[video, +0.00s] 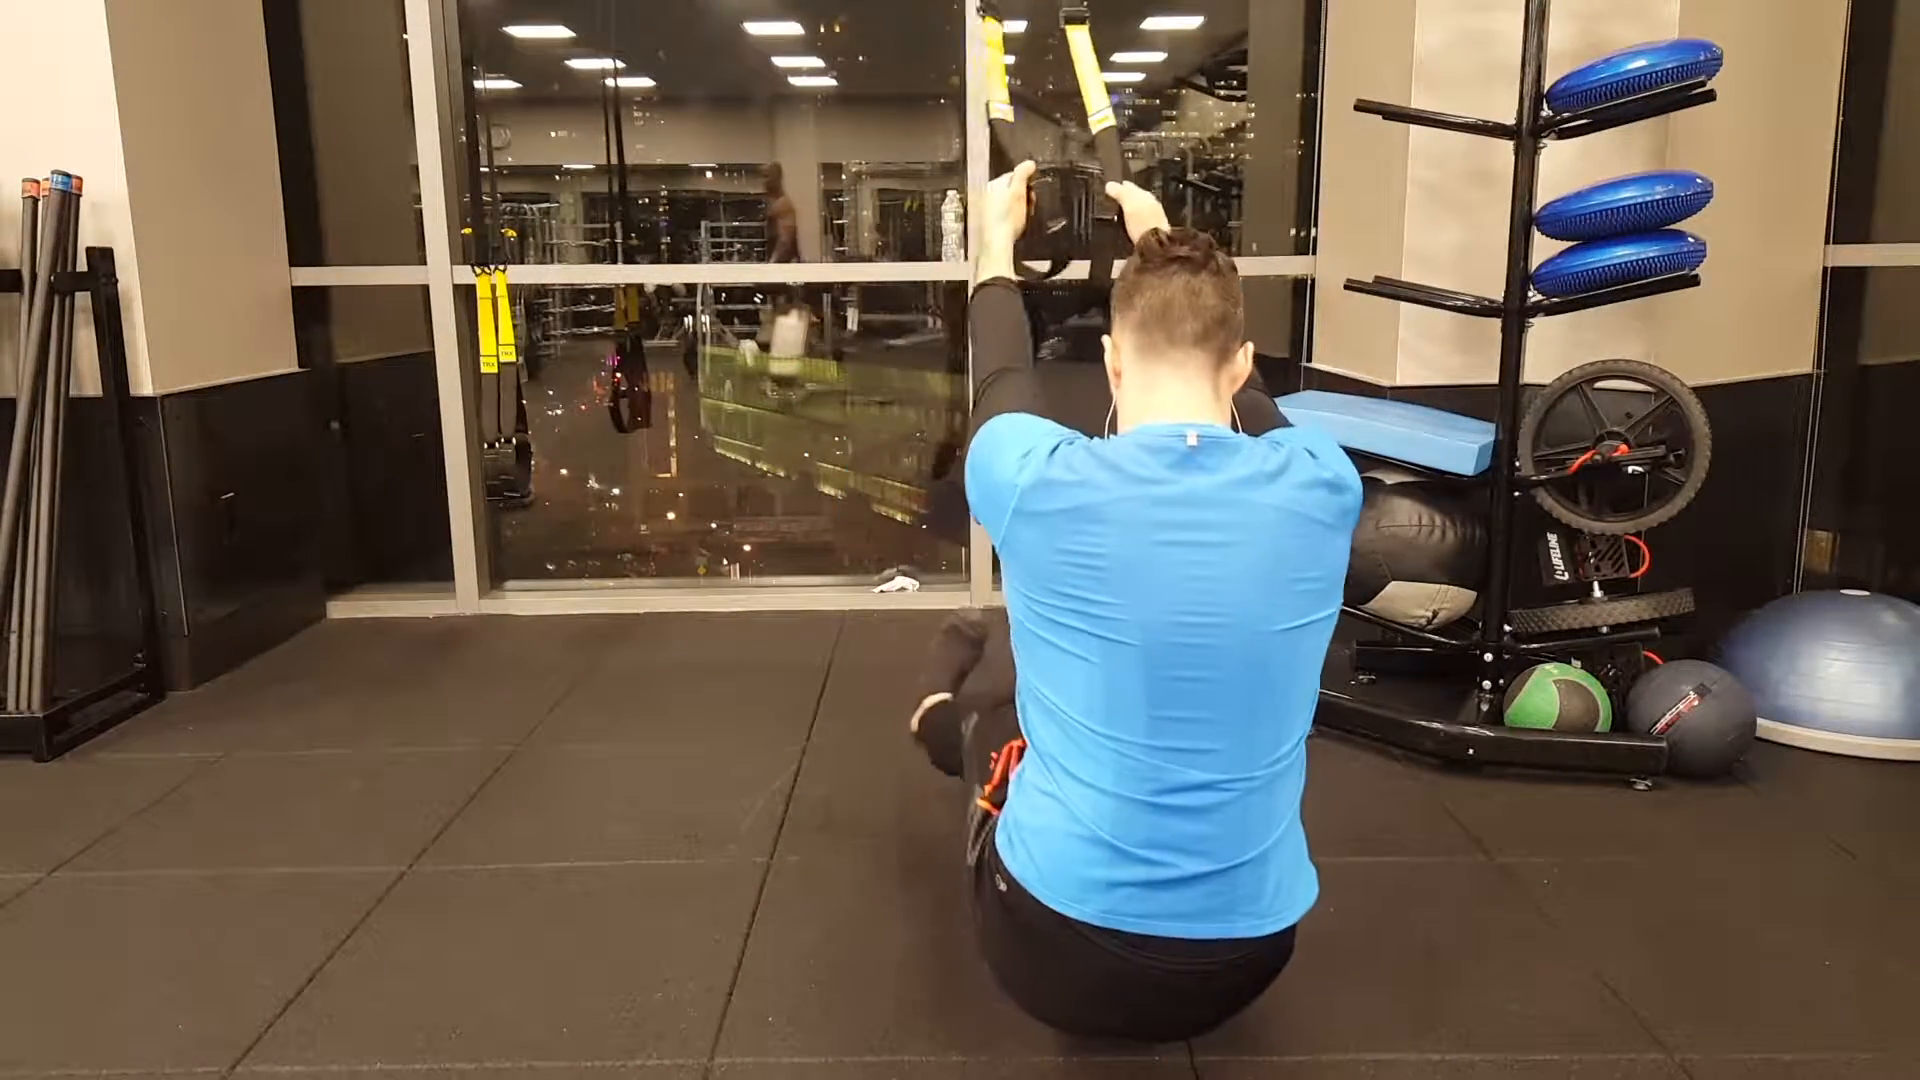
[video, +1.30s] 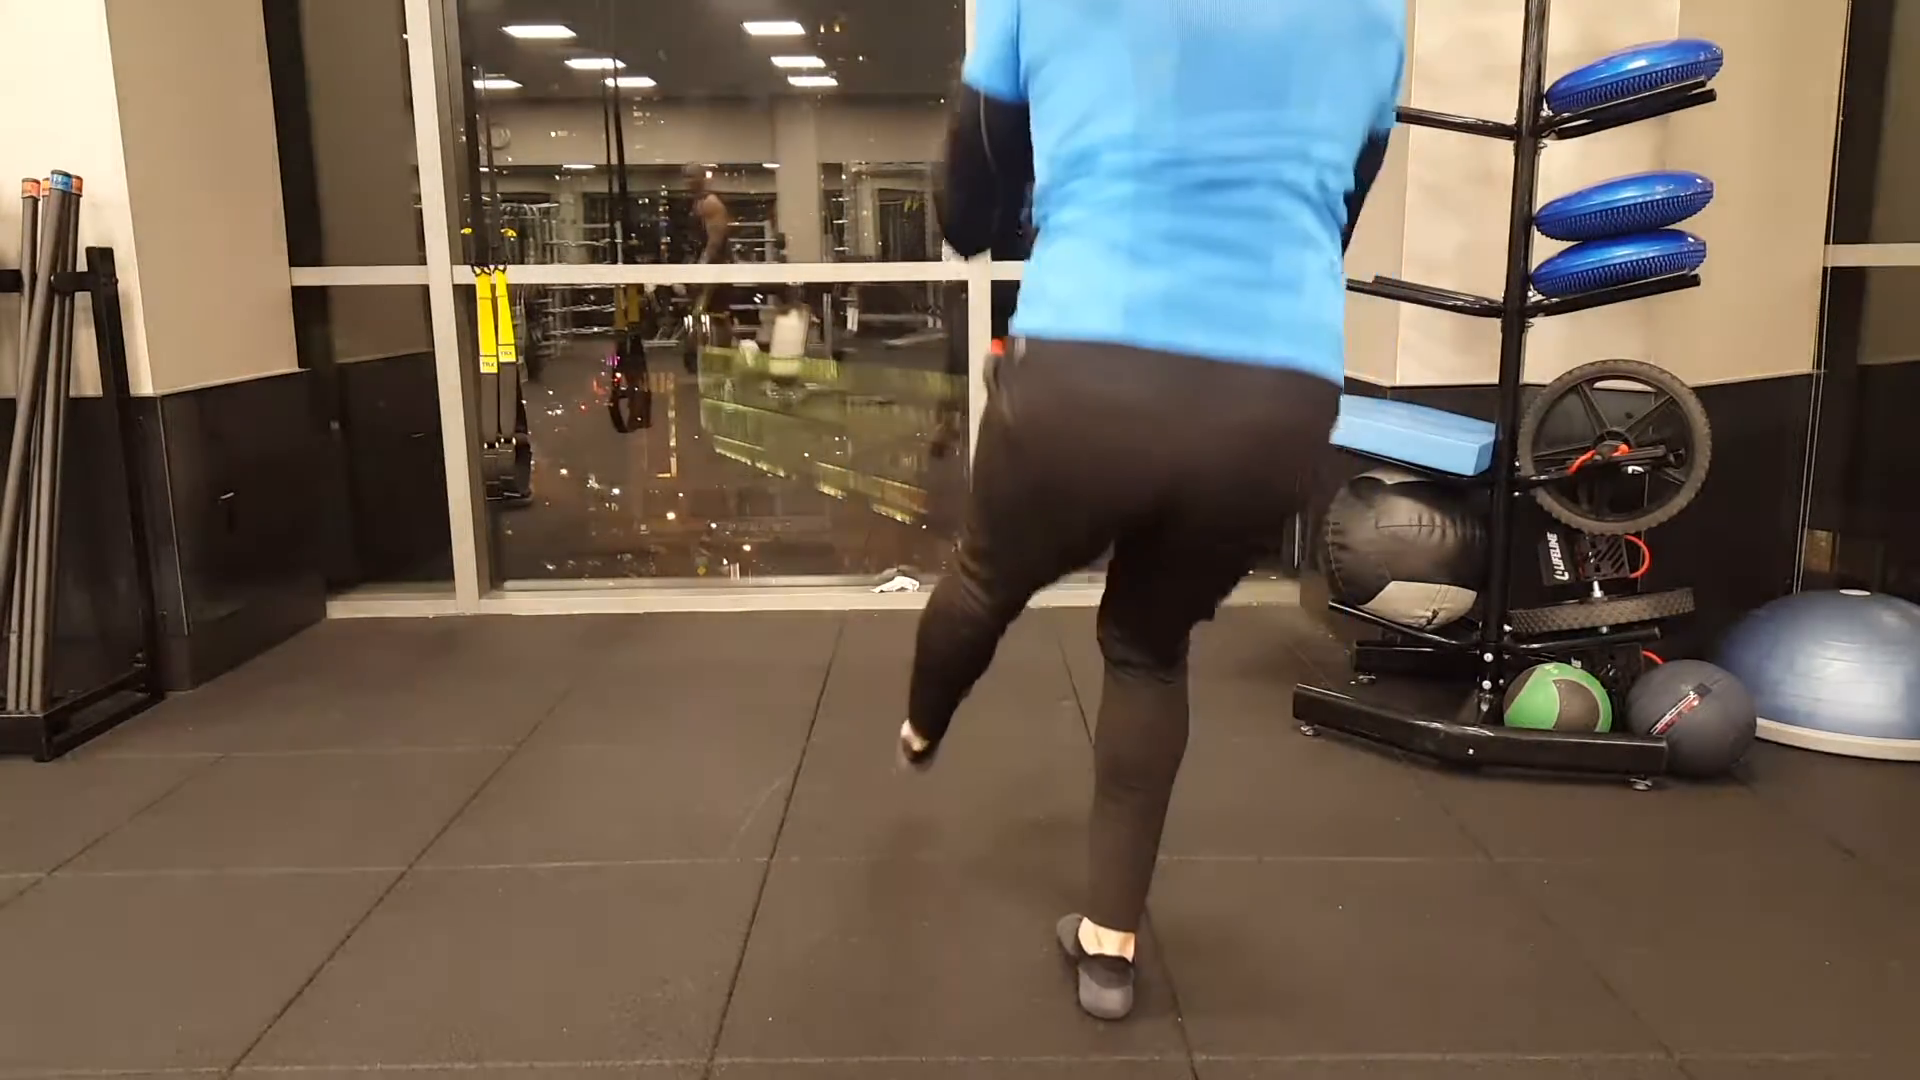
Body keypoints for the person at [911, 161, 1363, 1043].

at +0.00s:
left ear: (1111, 362)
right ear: (1242, 373)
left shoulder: (1034, 481)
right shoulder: (1322, 488)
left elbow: (1000, 378)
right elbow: (1243, 398)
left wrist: (990, 252)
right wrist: (1165, 253)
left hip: (1059, 959)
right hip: (1240, 967)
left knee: (1006, 671)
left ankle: (952, 725)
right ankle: (958, 730)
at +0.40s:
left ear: (1120, 377)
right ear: (1250, 386)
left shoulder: (1043, 503)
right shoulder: (1327, 505)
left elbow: (1003, 384)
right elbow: (1238, 403)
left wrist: (987, 265)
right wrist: (1167, 267)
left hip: (1069, 971)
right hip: (1247, 976)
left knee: (1020, 637)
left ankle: (987, 748)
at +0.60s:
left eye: (1132, 308)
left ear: (1130, 319)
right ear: (1262, 327)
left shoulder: (1056, 441)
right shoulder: (1343, 447)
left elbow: (992, 386)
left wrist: (996, 259)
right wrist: (1173, 248)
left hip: (1082, 919)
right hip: (1256, 923)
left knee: (1024, 648)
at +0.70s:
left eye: (1134, 247)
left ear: (1137, 253)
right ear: (1267, 258)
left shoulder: (1057, 366)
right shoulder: (1354, 379)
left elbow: (985, 357)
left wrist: (992, 254)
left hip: (1086, 843)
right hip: (1262, 859)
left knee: (1029, 646)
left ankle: (1106, 936)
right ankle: (1117, 930)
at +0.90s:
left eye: (1150, 110)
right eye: (1277, 115)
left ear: (1146, 117)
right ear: (1275, 120)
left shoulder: (1058, 218)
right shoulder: (1361, 234)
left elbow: (982, 353)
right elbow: (1331, 386)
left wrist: (1024, 209)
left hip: (1082, 681)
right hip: (1262, 707)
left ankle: (983, 693)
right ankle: (1111, 940)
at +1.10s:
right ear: (1279, 1)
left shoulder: (1050, 78)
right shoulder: (1361, 94)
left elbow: (984, 290)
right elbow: (1329, 286)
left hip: (1082, 522)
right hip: (1273, 546)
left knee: (998, 626)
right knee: (1152, 662)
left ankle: (945, 719)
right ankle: (1111, 943)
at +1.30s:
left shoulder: (1031, 5)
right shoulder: (1372, 14)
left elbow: (973, 217)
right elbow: (1332, 220)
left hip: (1087, 376)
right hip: (1279, 395)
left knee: (989, 578)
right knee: (1152, 642)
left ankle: (921, 732)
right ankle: (1113, 946)